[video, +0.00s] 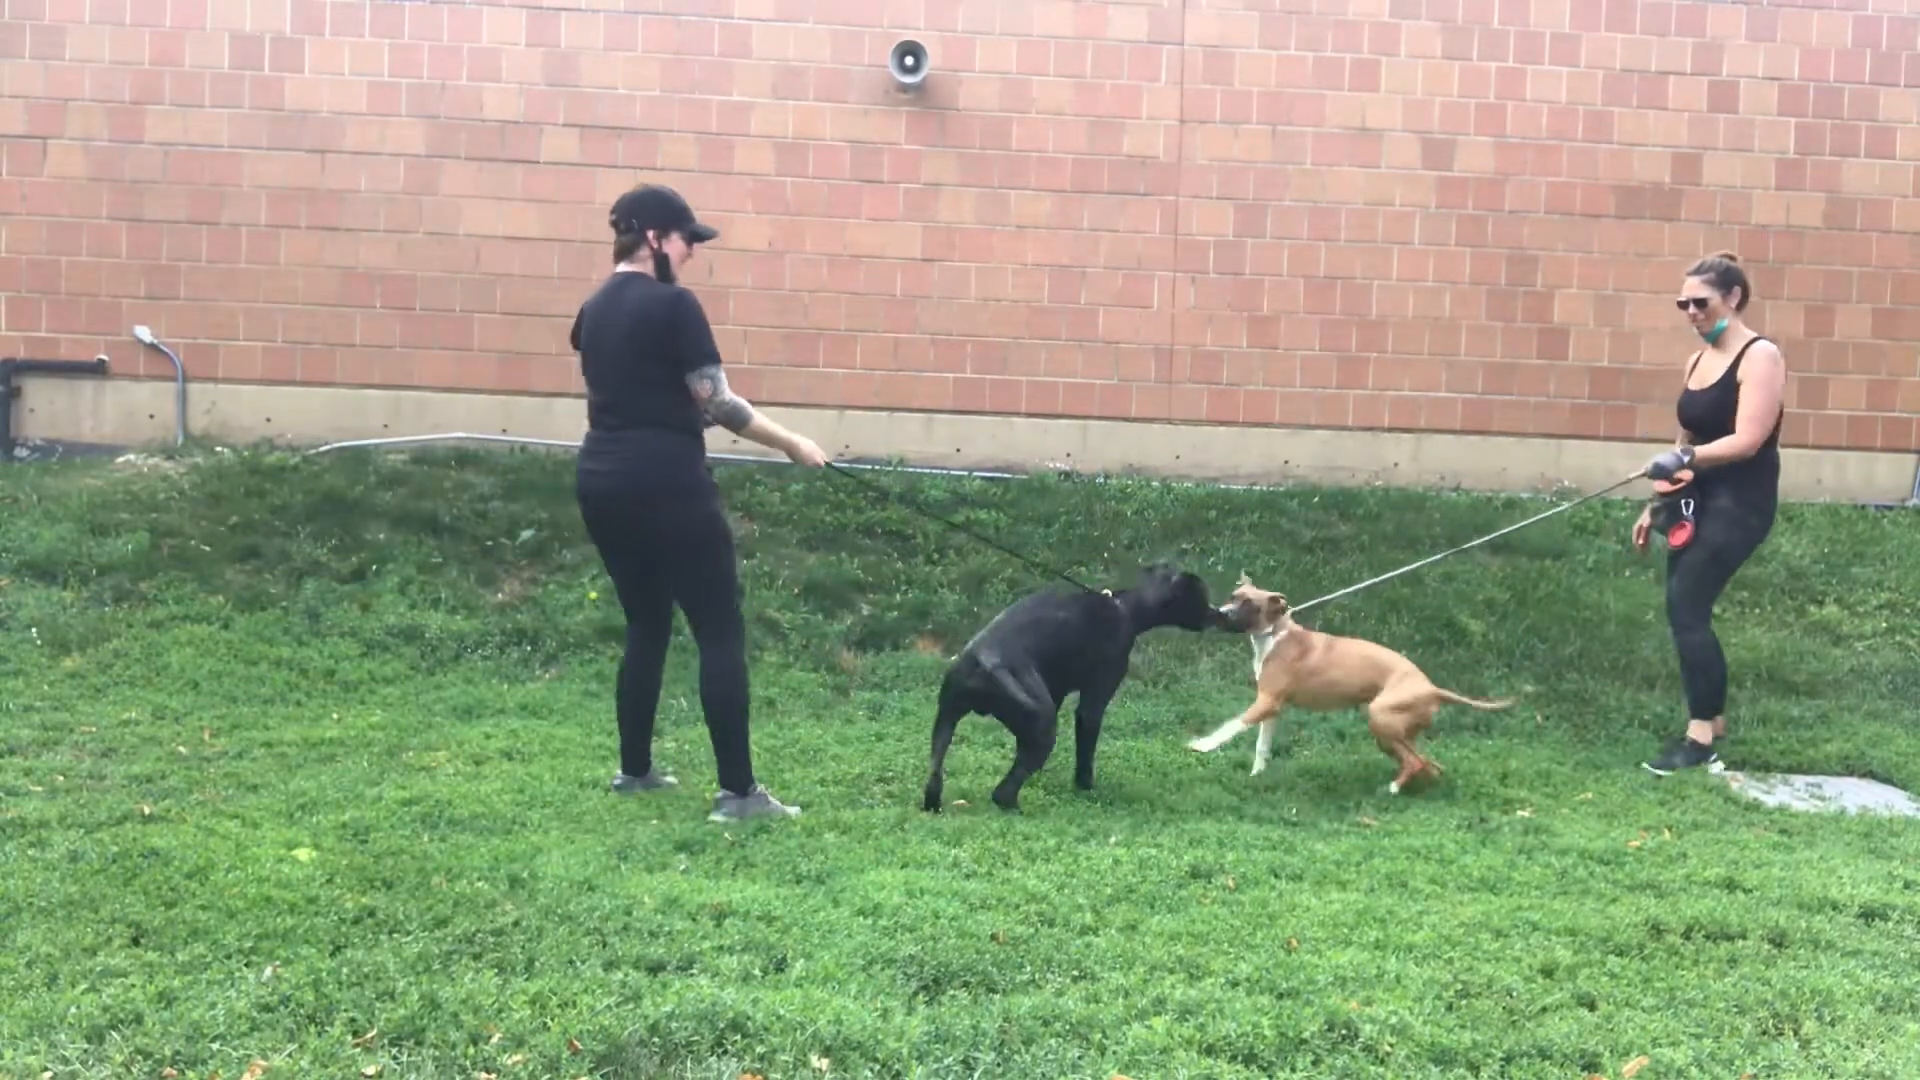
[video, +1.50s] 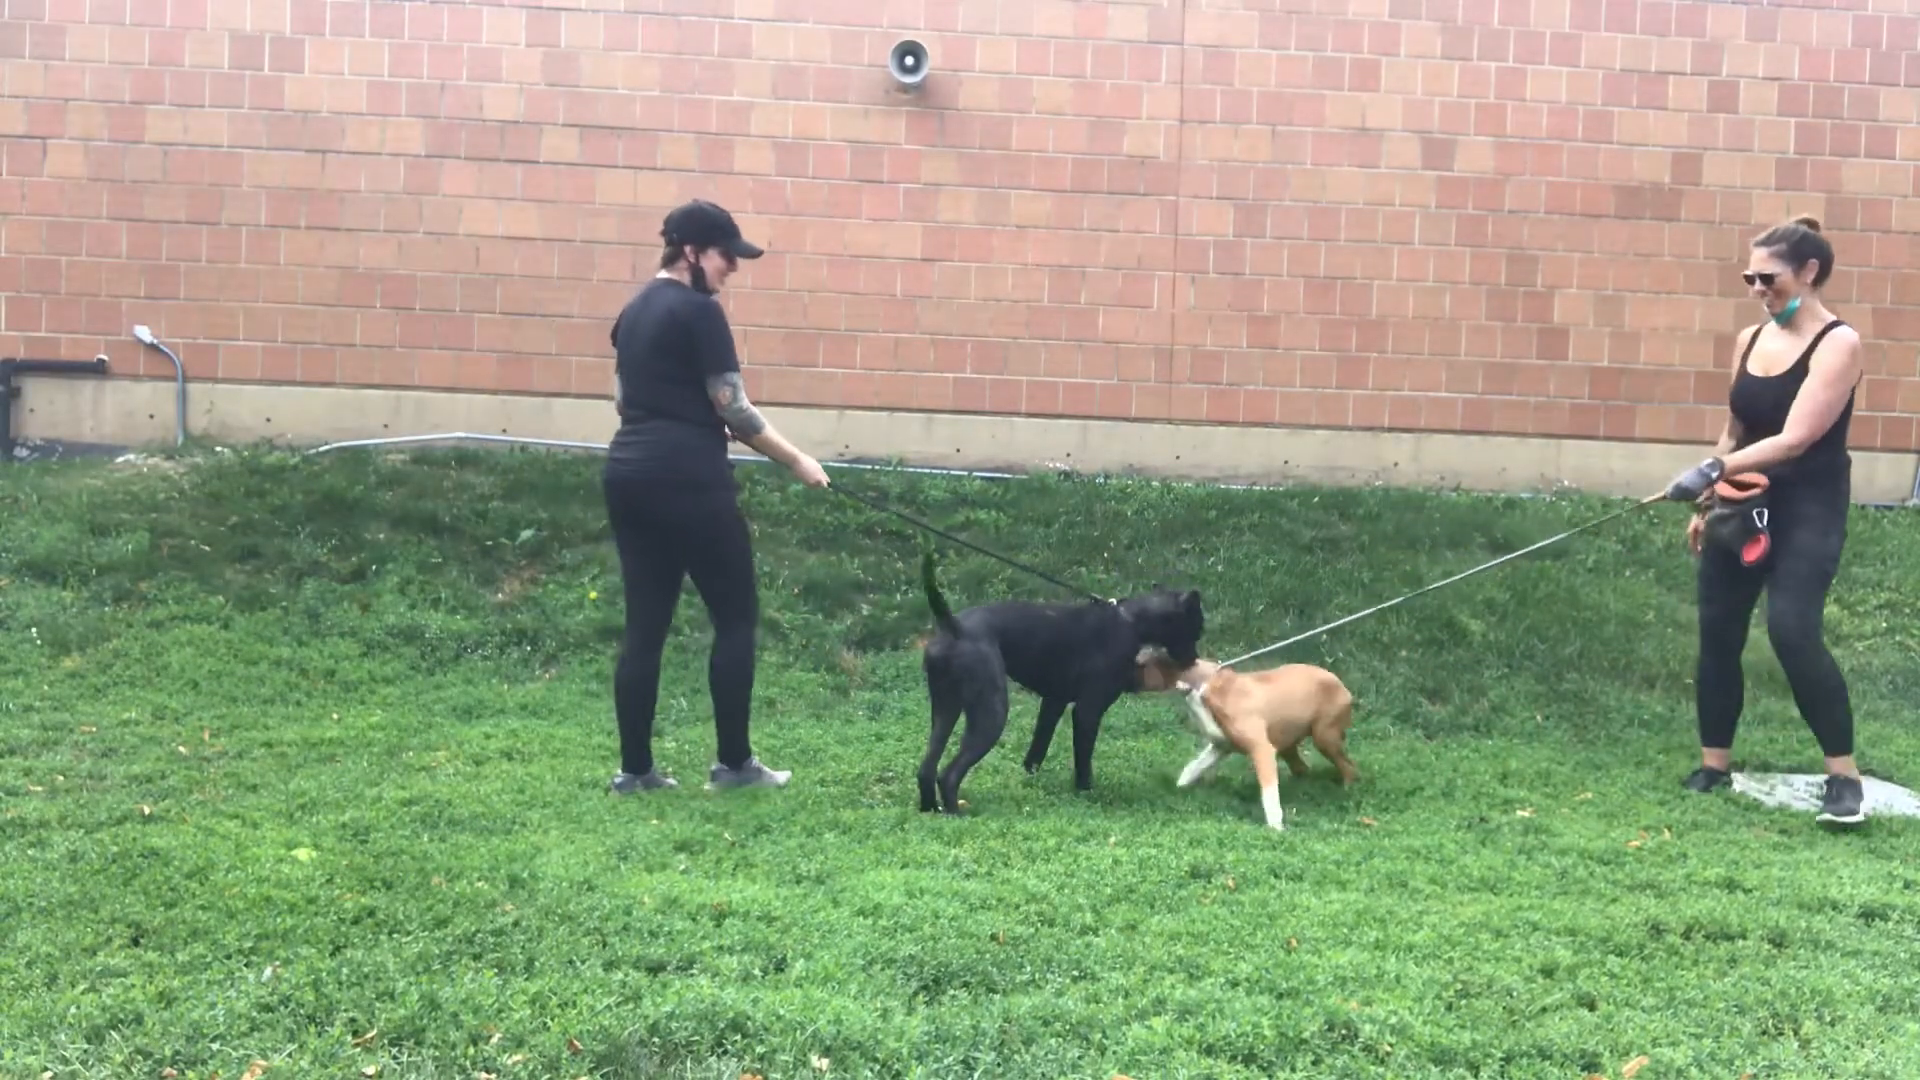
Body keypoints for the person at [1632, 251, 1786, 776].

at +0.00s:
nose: (1689, 312)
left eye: (1699, 303)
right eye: (1685, 304)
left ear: (1732, 298)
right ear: (1686, 304)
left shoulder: (1761, 357)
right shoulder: (1699, 359)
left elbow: (1750, 440)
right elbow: (1687, 443)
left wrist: (1688, 457)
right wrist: (1656, 504)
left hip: (1742, 500)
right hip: (1700, 496)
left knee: (1686, 604)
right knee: (1683, 605)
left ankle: (1700, 736)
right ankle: (1710, 719)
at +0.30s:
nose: (1703, 308)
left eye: (1712, 298)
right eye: (1698, 299)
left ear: (1746, 295)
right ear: (1698, 300)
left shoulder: (1766, 355)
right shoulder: (1719, 356)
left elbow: (1711, 422)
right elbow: (1716, 439)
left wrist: (1641, 448)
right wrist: (1692, 486)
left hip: (1754, 501)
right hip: (1714, 496)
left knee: (1728, 611)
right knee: (1697, 609)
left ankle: (1769, 748)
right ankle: (1709, 727)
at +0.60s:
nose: (1720, 301)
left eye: (1730, 291)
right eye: (1716, 292)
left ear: (1768, 286)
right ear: (1716, 291)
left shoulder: (1789, 350)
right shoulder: (1736, 344)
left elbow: (1731, 427)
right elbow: (1732, 432)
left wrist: (1660, 470)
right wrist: (1711, 488)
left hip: (1782, 499)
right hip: (1733, 494)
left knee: (1754, 615)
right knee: (1708, 610)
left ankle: (1771, 757)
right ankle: (1708, 729)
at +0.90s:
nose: (1740, 294)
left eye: (1750, 284)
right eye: (1735, 284)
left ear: (1789, 279)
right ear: (1736, 280)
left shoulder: (1816, 344)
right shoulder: (1747, 335)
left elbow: (1765, 411)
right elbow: (1746, 422)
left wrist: (1692, 447)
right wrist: (1717, 484)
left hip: (1808, 504)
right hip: (1752, 495)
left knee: (1779, 620)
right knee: (1701, 604)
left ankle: (1775, 759)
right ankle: (1721, 731)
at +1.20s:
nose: (1742, 299)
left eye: (1751, 288)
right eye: (1737, 289)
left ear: (1791, 281)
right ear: (1735, 286)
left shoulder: (1815, 349)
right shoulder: (1742, 344)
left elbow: (1760, 431)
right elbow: (1734, 431)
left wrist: (1682, 474)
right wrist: (1704, 484)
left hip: (1801, 510)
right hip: (1739, 503)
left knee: (1762, 631)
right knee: (1716, 627)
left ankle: (1776, 753)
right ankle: (1711, 760)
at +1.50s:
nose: (1756, 289)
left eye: (1766, 279)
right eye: (1752, 279)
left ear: (1809, 272)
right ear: (1753, 275)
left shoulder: (1838, 344)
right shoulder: (1749, 338)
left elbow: (1799, 439)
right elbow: (1735, 432)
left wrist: (1714, 469)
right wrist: (1709, 502)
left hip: (1808, 505)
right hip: (1744, 497)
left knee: (1791, 629)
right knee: (1718, 630)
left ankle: (1842, 771)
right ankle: (1713, 765)